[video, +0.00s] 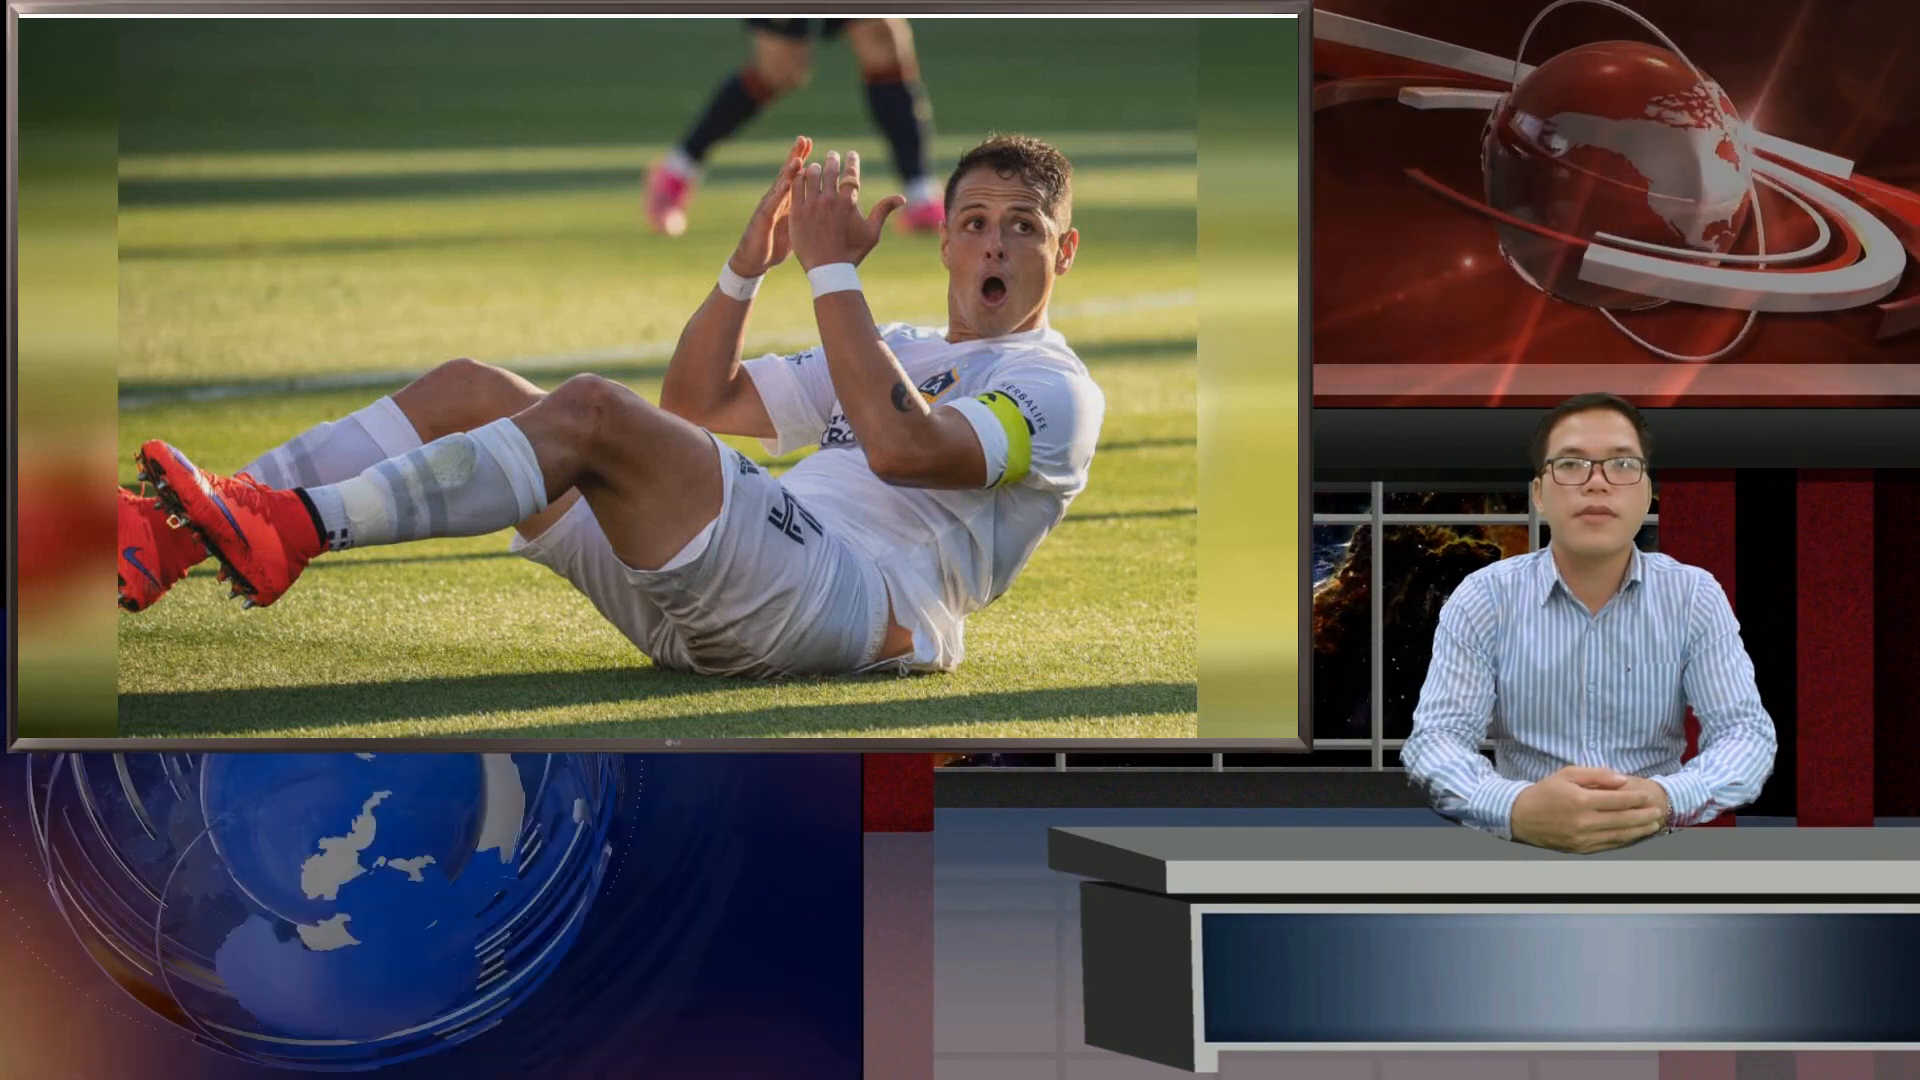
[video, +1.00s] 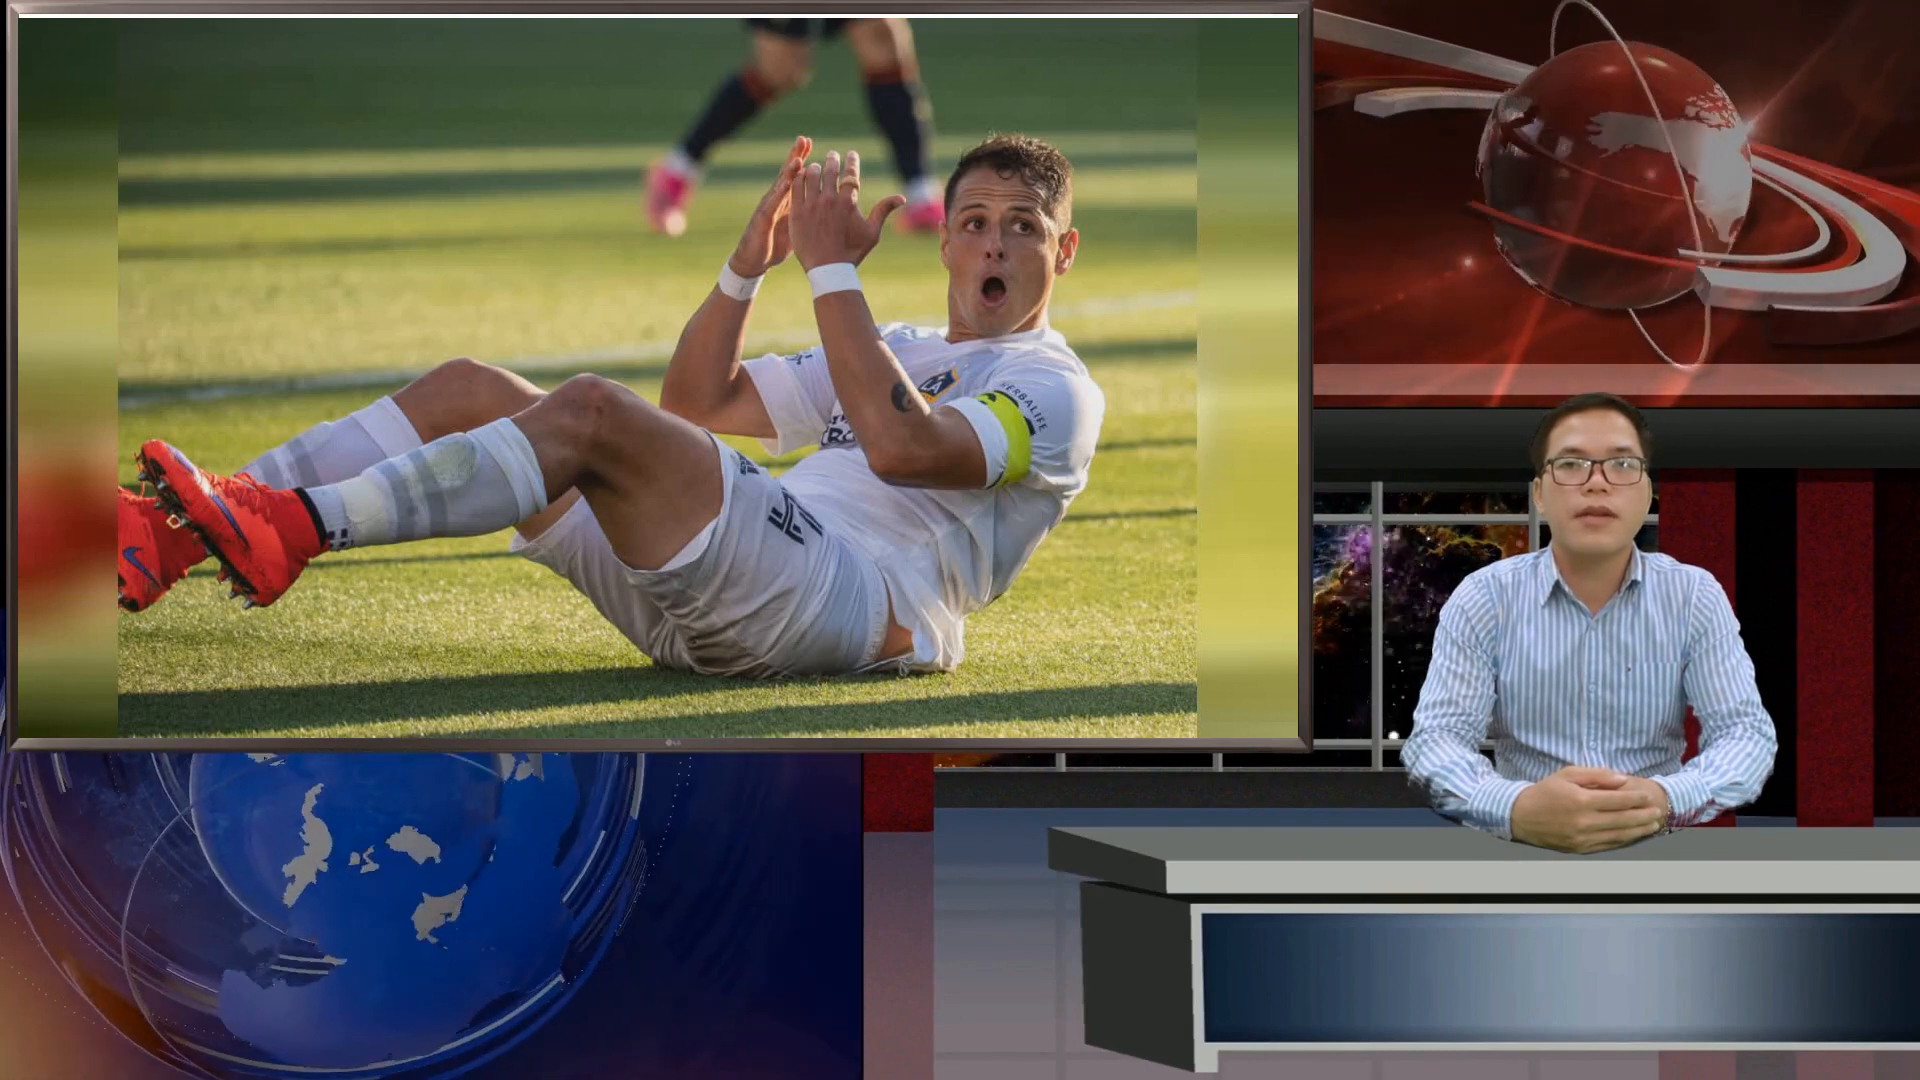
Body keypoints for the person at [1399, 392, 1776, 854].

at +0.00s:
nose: (1597, 483)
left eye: (1620, 465)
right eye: (1571, 464)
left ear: (1647, 495)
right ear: (1539, 496)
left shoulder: (1691, 598)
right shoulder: (1484, 601)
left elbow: (1745, 735)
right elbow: (1433, 745)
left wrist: (1667, 799)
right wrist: (1514, 809)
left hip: (1657, 853)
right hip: (1520, 856)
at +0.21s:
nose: (1596, 483)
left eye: (1620, 465)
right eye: (1571, 464)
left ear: (1647, 495)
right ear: (1539, 496)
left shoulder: (1691, 598)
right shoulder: (1484, 601)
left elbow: (1745, 735)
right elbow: (1433, 745)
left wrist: (1667, 799)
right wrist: (1514, 809)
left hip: (1657, 852)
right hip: (1521, 856)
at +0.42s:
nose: (1597, 483)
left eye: (1620, 465)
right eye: (1571, 464)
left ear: (1647, 495)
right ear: (1539, 496)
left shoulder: (1691, 598)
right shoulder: (1484, 601)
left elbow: (1745, 735)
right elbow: (1434, 744)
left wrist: (1667, 799)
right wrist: (1514, 809)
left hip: (1656, 852)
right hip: (1519, 855)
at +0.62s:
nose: (1597, 483)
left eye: (1621, 464)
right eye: (1571, 464)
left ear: (1647, 495)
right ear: (1539, 496)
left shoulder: (1691, 598)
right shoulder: (1485, 600)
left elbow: (1745, 735)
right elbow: (1434, 744)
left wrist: (1667, 799)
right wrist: (1514, 809)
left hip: (1656, 853)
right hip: (1520, 857)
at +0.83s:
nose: (1597, 482)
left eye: (1621, 465)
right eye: (1571, 464)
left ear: (1647, 495)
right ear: (1539, 496)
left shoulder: (1691, 598)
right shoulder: (1484, 600)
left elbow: (1745, 735)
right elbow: (1433, 744)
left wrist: (1667, 799)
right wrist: (1514, 809)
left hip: (1656, 853)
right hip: (1519, 857)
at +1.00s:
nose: (1597, 483)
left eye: (1621, 464)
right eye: (1571, 464)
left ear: (1647, 495)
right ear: (1539, 496)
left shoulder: (1691, 598)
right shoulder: (1485, 600)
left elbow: (1745, 735)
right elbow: (1434, 744)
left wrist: (1667, 799)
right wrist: (1514, 809)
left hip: (1656, 853)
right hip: (1520, 857)